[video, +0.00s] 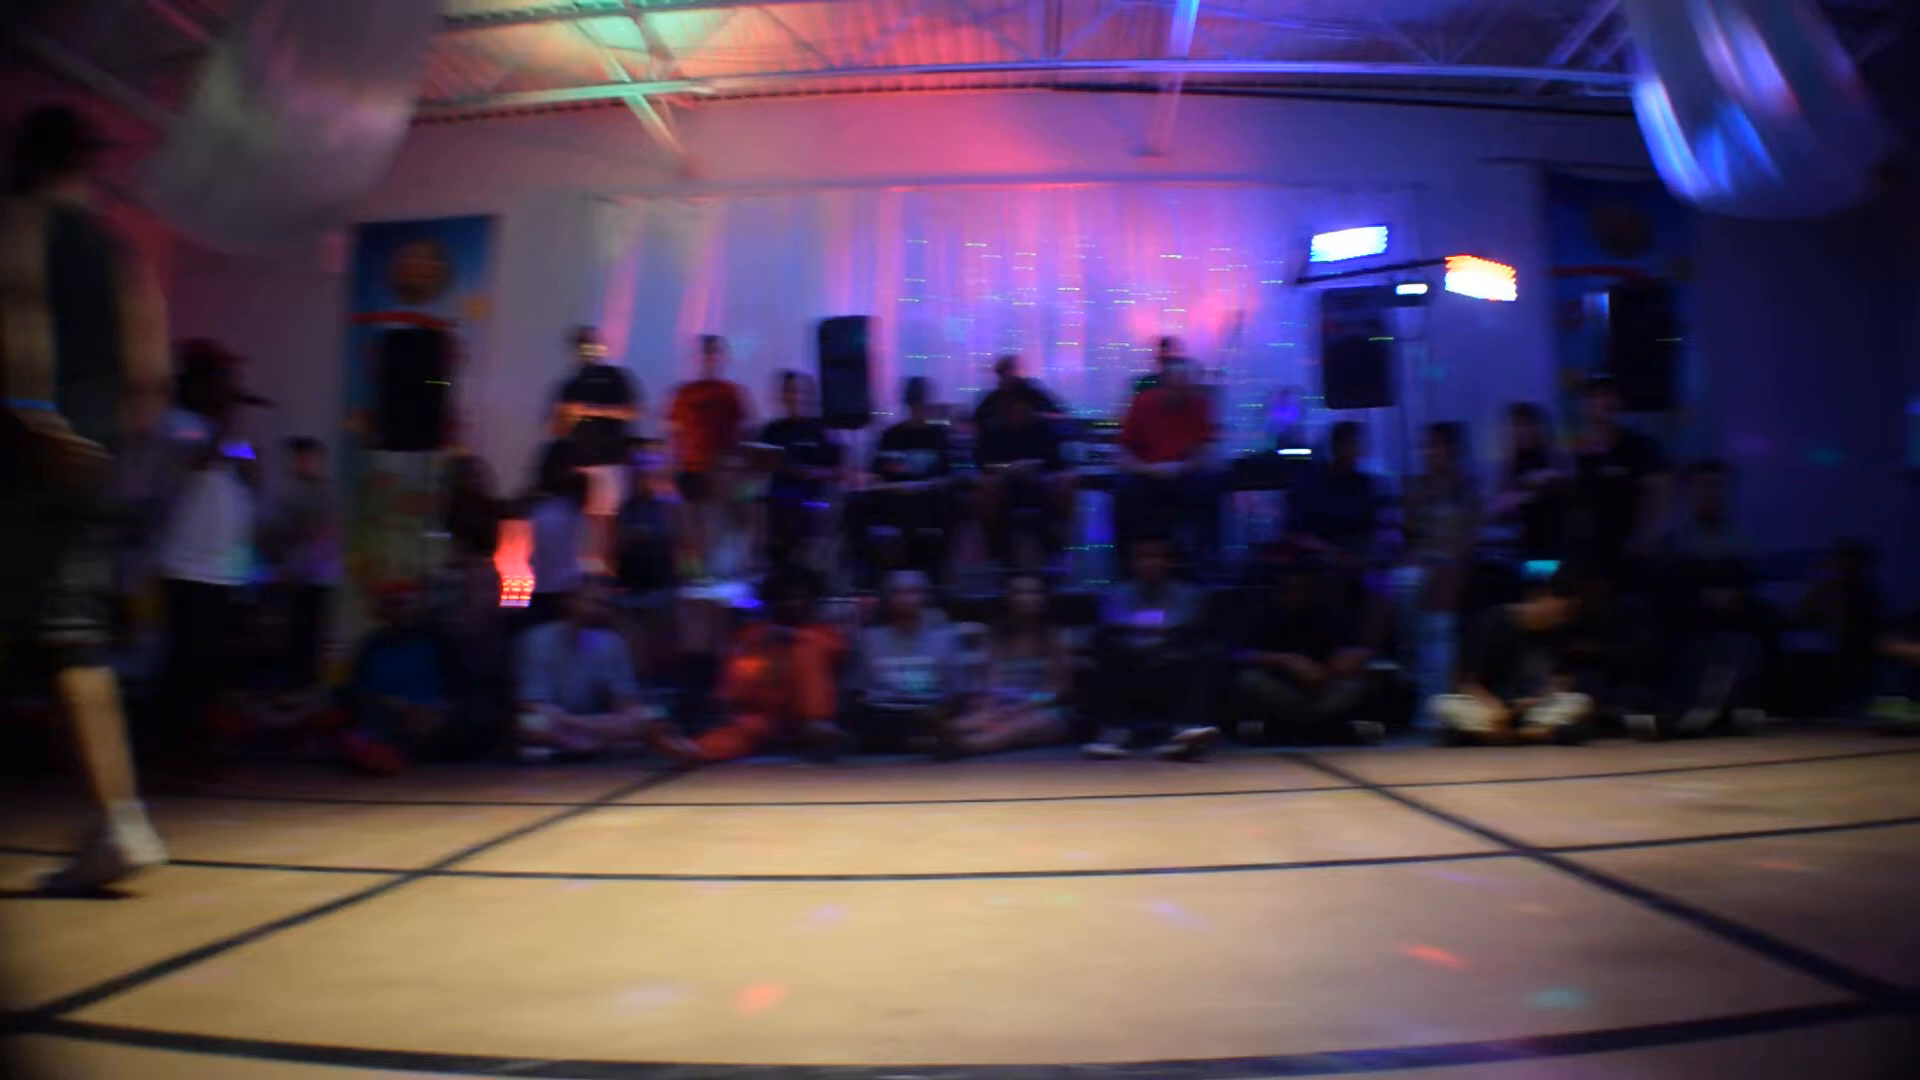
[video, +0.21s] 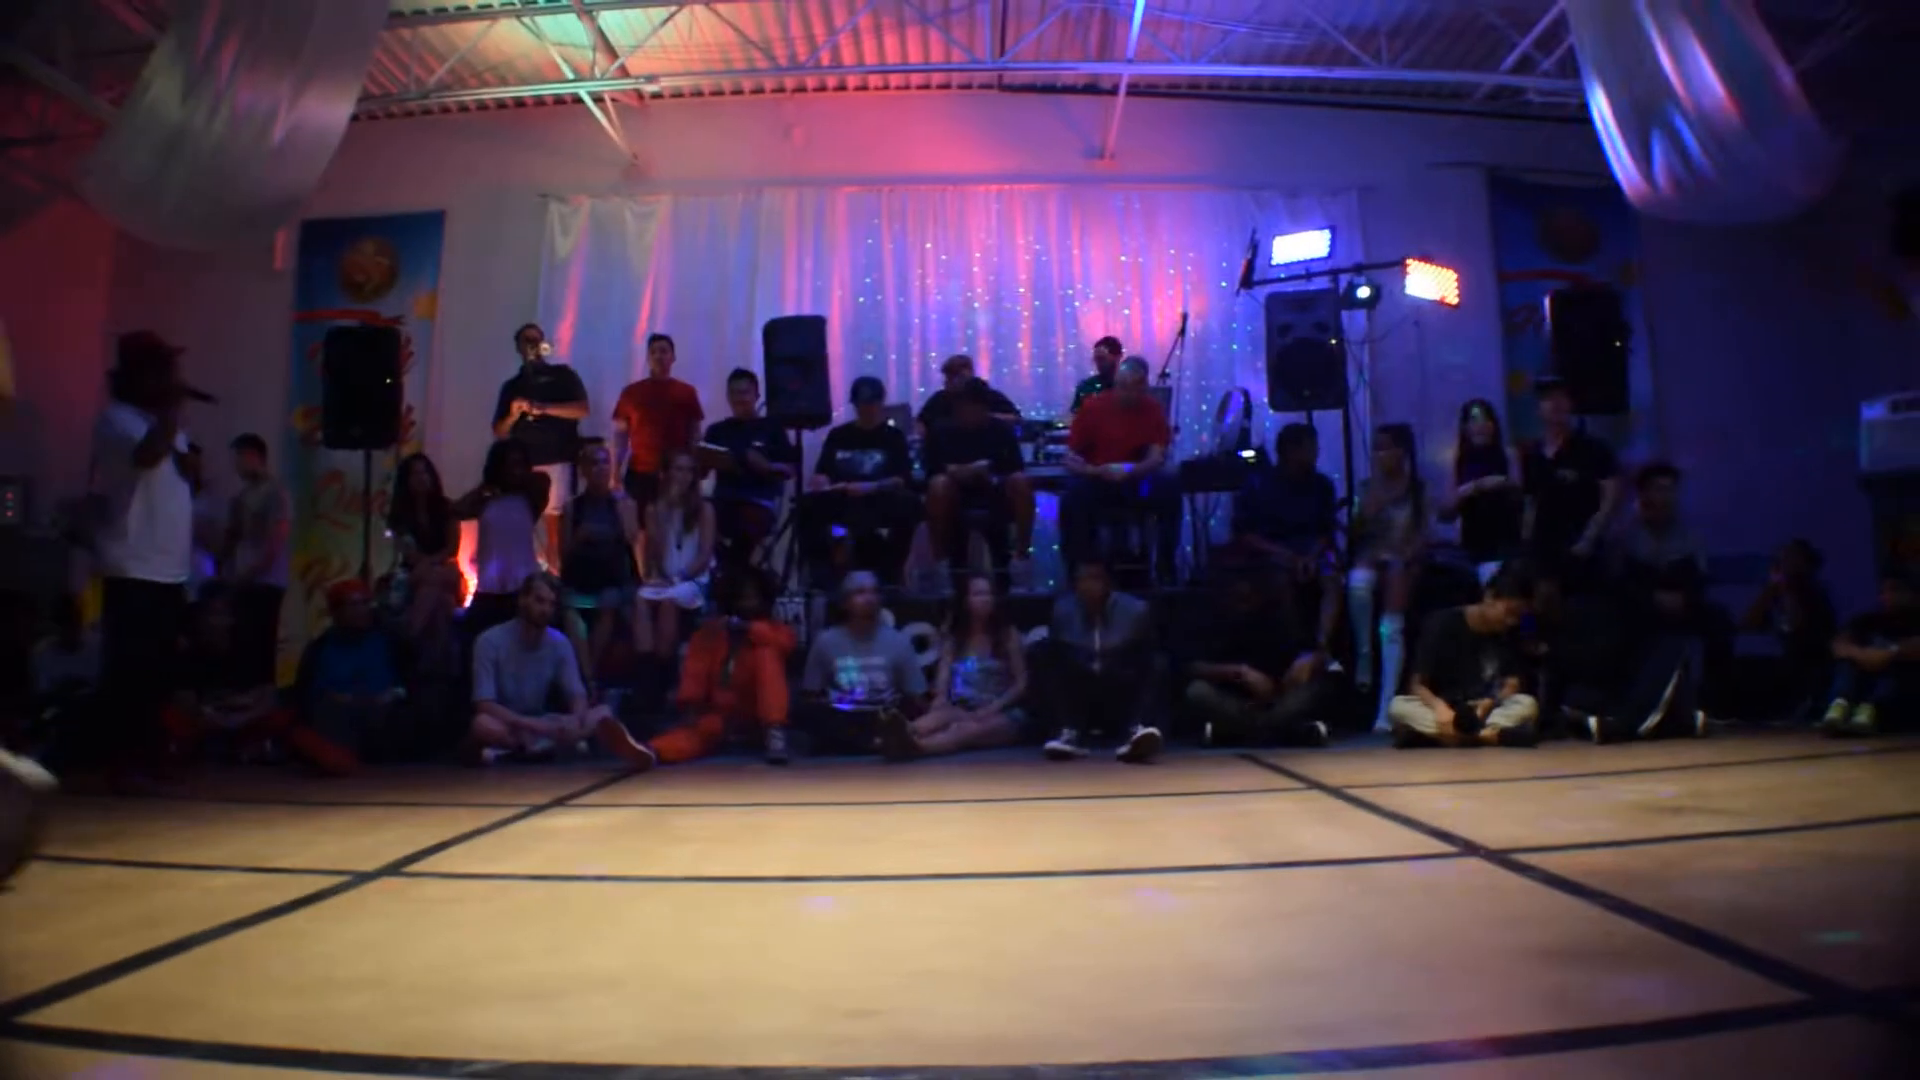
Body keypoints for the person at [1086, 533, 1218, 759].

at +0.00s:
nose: (1149, 565)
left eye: (1156, 558)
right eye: (1143, 558)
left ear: (1167, 562)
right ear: (1134, 563)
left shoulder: (1185, 596)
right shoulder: (1120, 596)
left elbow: (1187, 627)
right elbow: (1110, 627)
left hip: (1172, 666)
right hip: (1129, 664)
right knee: (1110, 663)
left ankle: (1187, 727)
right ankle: (1114, 730)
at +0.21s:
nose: (1089, 587)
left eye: (1096, 580)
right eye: (1084, 580)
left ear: (1107, 583)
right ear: (1076, 585)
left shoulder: (1133, 610)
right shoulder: (1064, 611)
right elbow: (1059, 649)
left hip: (1121, 685)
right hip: (1078, 686)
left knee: (1152, 663)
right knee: (1046, 653)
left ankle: (1136, 731)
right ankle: (1069, 732)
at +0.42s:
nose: (1086, 615)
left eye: (1093, 609)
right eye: (1081, 609)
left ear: (1105, 609)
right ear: (1075, 610)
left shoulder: (1133, 627)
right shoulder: (1063, 628)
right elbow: (1063, 670)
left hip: (1123, 705)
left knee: (1155, 674)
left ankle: (1139, 735)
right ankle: (1069, 733)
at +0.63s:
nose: (1092, 617)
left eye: (1098, 610)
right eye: (1087, 611)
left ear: (1111, 611)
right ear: (1081, 612)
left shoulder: (1137, 633)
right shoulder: (1064, 631)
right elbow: (1061, 672)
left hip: (1125, 710)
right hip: (1081, 710)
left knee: (1155, 679)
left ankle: (1138, 737)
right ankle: (1066, 734)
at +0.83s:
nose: (1131, 607)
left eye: (1138, 600)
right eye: (1125, 600)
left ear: (1148, 603)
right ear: (1118, 603)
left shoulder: (1171, 631)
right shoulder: (1101, 626)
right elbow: (1088, 663)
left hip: (1151, 702)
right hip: (1106, 700)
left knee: (1182, 677)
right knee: (1074, 673)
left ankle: (1163, 737)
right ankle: (1091, 733)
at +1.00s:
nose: (1135, 600)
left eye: (1142, 594)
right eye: (1129, 594)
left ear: (1151, 598)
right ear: (1120, 598)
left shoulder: (1173, 633)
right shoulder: (1100, 623)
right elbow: (1083, 663)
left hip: (1148, 703)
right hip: (1104, 701)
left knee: (1177, 678)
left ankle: (1158, 736)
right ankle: (1089, 732)